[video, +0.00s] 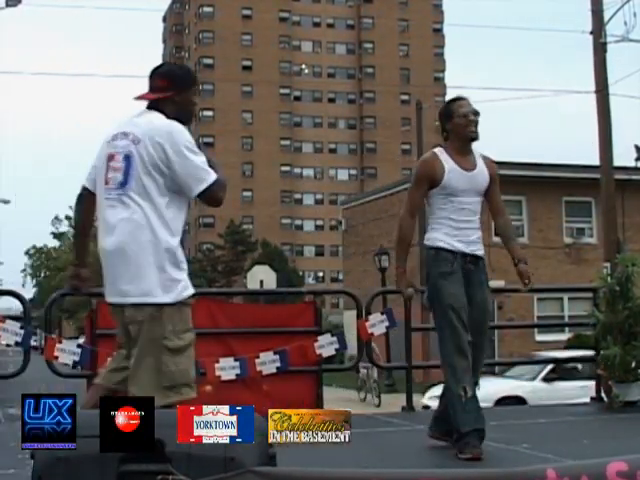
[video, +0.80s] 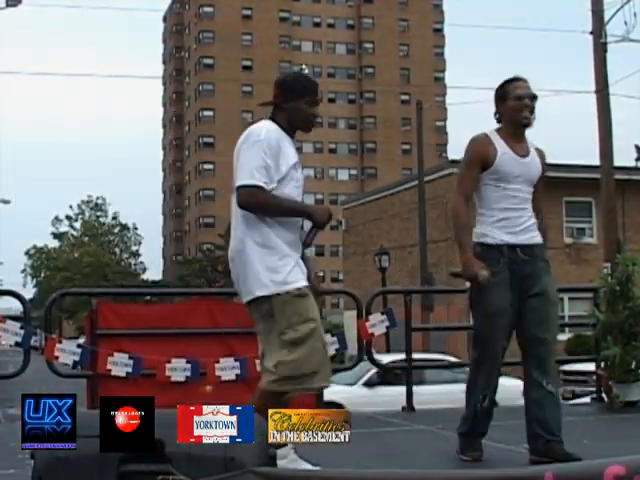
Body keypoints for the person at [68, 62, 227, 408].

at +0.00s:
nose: (196, 104)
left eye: (196, 96)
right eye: (192, 96)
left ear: (155, 97)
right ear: (174, 97)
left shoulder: (117, 134)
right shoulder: (170, 133)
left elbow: (86, 199)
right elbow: (215, 194)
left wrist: (79, 264)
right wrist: (201, 159)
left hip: (120, 280)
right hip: (159, 281)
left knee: (130, 357)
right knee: (171, 383)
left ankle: (86, 415)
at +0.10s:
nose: (211, 104)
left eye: (211, 96)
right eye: (207, 95)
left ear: (170, 97)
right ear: (187, 97)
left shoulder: (132, 134)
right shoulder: (185, 132)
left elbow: (103, 203)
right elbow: (219, 199)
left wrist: (114, 269)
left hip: (135, 279)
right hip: (172, 280)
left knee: (157, 364)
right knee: (180, 385)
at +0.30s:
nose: (243, 108)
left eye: (242, 100)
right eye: (238, 100)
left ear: (204, 100)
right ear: (216, 100)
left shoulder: (167, 135)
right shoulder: (211, 135)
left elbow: (139, 205)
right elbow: (217, 201)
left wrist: (163, 246)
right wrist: (250, 218)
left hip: (166, 277)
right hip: (196, 280)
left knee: (185, 374)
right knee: (201, 381)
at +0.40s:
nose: (260, 111)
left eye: (259, 103)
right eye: (254, 103)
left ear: (222, 103)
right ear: (229, 103)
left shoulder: (190, 137)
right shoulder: (223, 137)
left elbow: (161, 208)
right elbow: (221, 200)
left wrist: (179, 258)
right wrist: (261, 220)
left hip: (189, 282)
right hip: (208, 284)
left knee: (231, 385)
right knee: (203, 387)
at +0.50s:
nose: (275, 113)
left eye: (275, 105)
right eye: (269, 105)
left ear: (241, 107)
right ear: (245, 106)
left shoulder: (219, 140)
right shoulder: (233, 138)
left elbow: (209, 209)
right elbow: (227, 197)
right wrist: (273, 222)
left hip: (228, 284)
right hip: (221, 286)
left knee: (253, 378)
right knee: (211, 385)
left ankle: (267, 448)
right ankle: (191, 462)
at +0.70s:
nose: (303, 119)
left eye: (304, 111)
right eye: (300, 111)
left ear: (277, 108)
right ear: (277, 107)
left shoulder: (265, 142)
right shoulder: (253, 137)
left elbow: (252, 208)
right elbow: (241, 195)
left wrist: (295, 226)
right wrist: (297, 214)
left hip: (268, 276)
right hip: (256, 277)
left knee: (279, 373)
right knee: (272, 370)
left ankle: (268, 451)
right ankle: (223, 447)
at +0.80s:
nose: (316, 115)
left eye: (317, 107)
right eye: (310, 107)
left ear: (295, 105)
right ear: (286, 103)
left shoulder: (283, 145)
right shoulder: (262, 135)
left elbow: (281, 222)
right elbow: (249, 195)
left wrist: (305, 268)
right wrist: (307, 209)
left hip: (281, 267)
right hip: (267, 266)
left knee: (284, 358)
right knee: (301, 351)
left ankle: (269, 448)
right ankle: (274, 447)